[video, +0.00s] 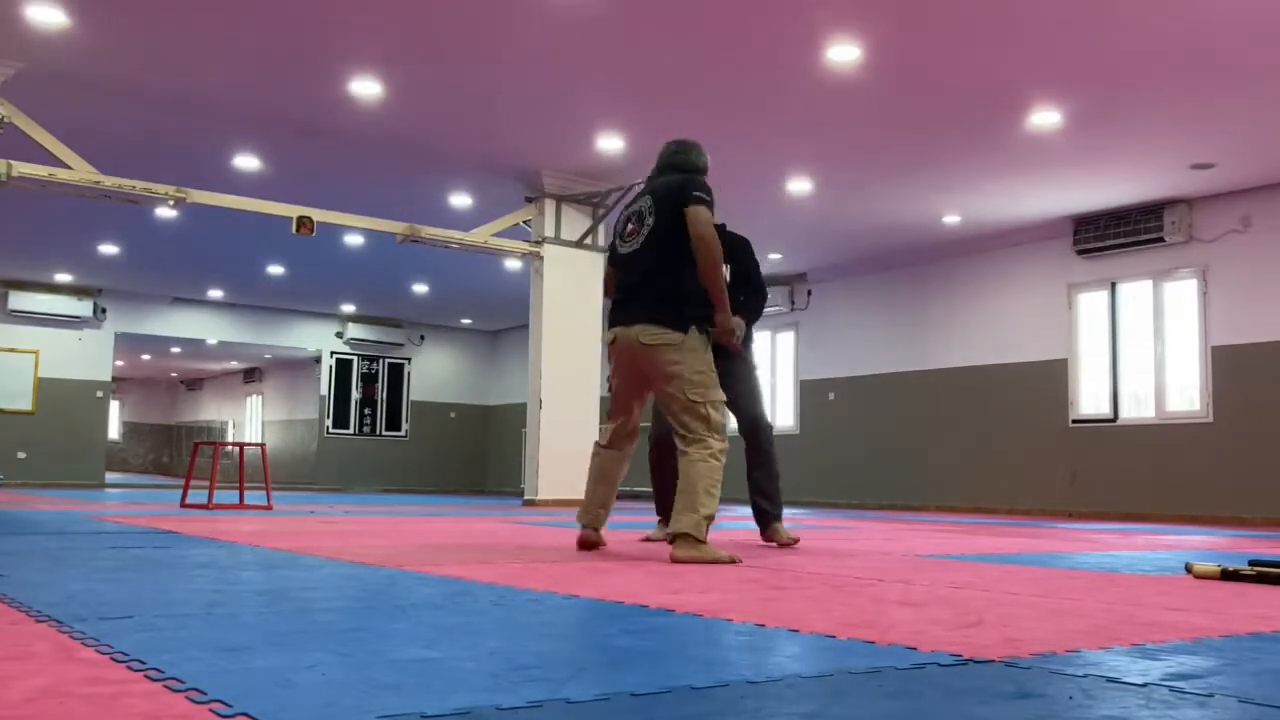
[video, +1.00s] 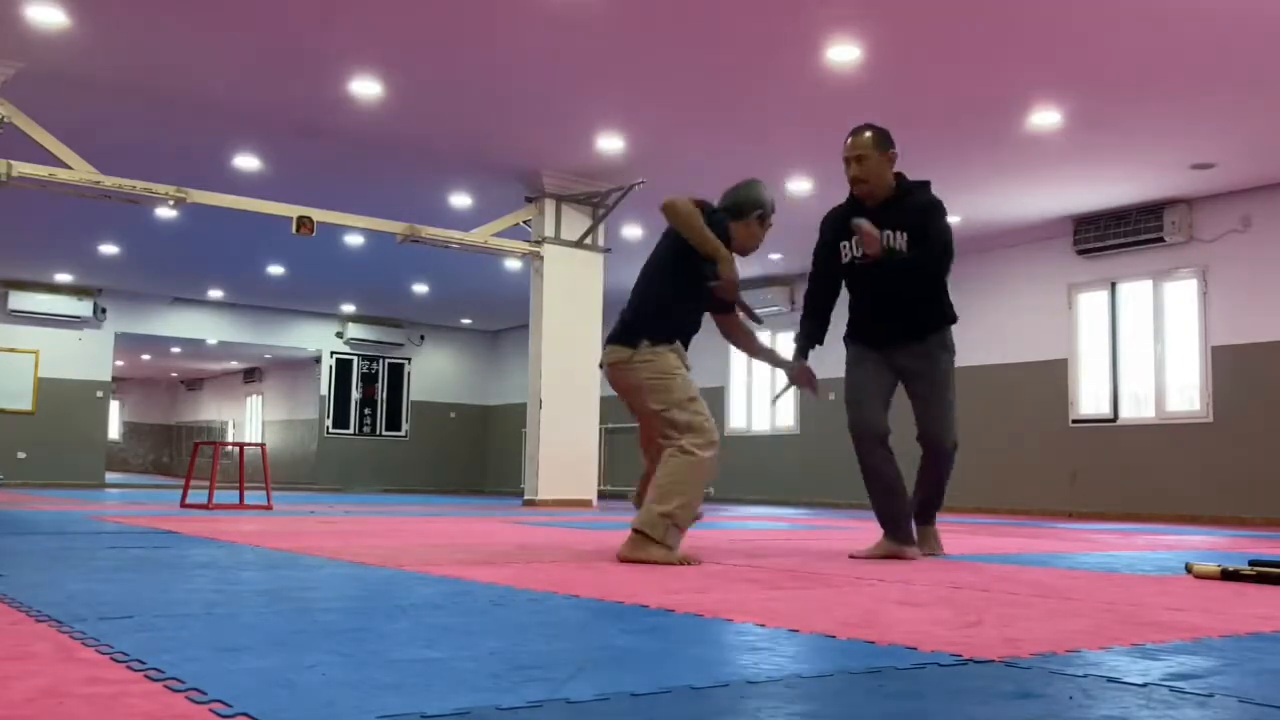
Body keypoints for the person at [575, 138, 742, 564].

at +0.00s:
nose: (706, 177)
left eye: (702, 171)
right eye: (705, 171)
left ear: (660, 166)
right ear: (700, 169)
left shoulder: (632, 206)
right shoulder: (692, 184)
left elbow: (610, 281)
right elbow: (702, 232)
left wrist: (655, 300)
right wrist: (723, 310)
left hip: (623, 332)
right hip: (672, 331)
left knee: (620, 427)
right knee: (705, 434)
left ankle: (590, 524)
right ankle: (689, 539)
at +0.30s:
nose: (731, 200)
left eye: (730, 193)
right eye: (732, 193)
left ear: (689, 181)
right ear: (723, 188)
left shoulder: (658, 216)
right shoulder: (709, 195)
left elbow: (631, 281)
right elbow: (721, 220)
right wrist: (741, 292)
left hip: (627, 334)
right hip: (670, 332)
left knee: (644, 431)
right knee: (725, 428)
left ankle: (606, 529)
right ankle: (719, 531)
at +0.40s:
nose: (747, 184)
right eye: (746, 177)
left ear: (696, 170)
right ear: (738, 173)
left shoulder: (664, 209)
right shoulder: (732, 194)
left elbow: (627, 276)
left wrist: (659, 311)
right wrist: (778, 311)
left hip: (645, 329)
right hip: (690, 327)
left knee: (648, 432)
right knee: (746, 423)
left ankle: (605, 528)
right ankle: (758, 529)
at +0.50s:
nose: (768, 170)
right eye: (768, 164)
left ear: (718, 159)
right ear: (762, 163)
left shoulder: (680, 200)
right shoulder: (761, 192)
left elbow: (647, 263)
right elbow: (797, 271)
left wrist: (680, 295)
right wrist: (810, 318)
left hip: (666, 325)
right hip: (715, 325)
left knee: (660, 429)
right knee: (760, 431)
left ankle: (614, 523)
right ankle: (770, 540)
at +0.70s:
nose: (767, 155)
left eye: (764, 148)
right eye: (766, 148)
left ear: (718, 148)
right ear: (760, 148)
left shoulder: (697, 186)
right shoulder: (751, 169)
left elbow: (707, 261)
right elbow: (758, 213)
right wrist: (776, 289)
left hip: (669, 314)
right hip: (713, 314)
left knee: (666, 425)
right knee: (760, 426)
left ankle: (614, 519)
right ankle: (773, 539)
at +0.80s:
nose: (764, 194)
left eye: (767, 187)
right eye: (767, 184)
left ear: (732, 163)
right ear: (758, 174)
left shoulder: (722, 219)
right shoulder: (717, 176)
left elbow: (729, 297)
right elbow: (704, 179)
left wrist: (788, 308)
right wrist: (721, 253)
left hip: (642, 319)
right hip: (680, 320)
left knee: (656, 433)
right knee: (737, 421)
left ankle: (613, 524)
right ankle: (699, 523)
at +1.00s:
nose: (763, 238)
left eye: (766, 229)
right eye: (764, 227)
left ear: (739, 217)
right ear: (750, 218)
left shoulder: (711, 262)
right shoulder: (709, 220)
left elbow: (735, 331)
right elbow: (673, 207)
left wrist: (787, 365)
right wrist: (723, 257)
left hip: (637, 353)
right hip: (645, 352)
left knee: (665, 446)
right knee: (699, 439)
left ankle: (653, 537)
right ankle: (650, 540)